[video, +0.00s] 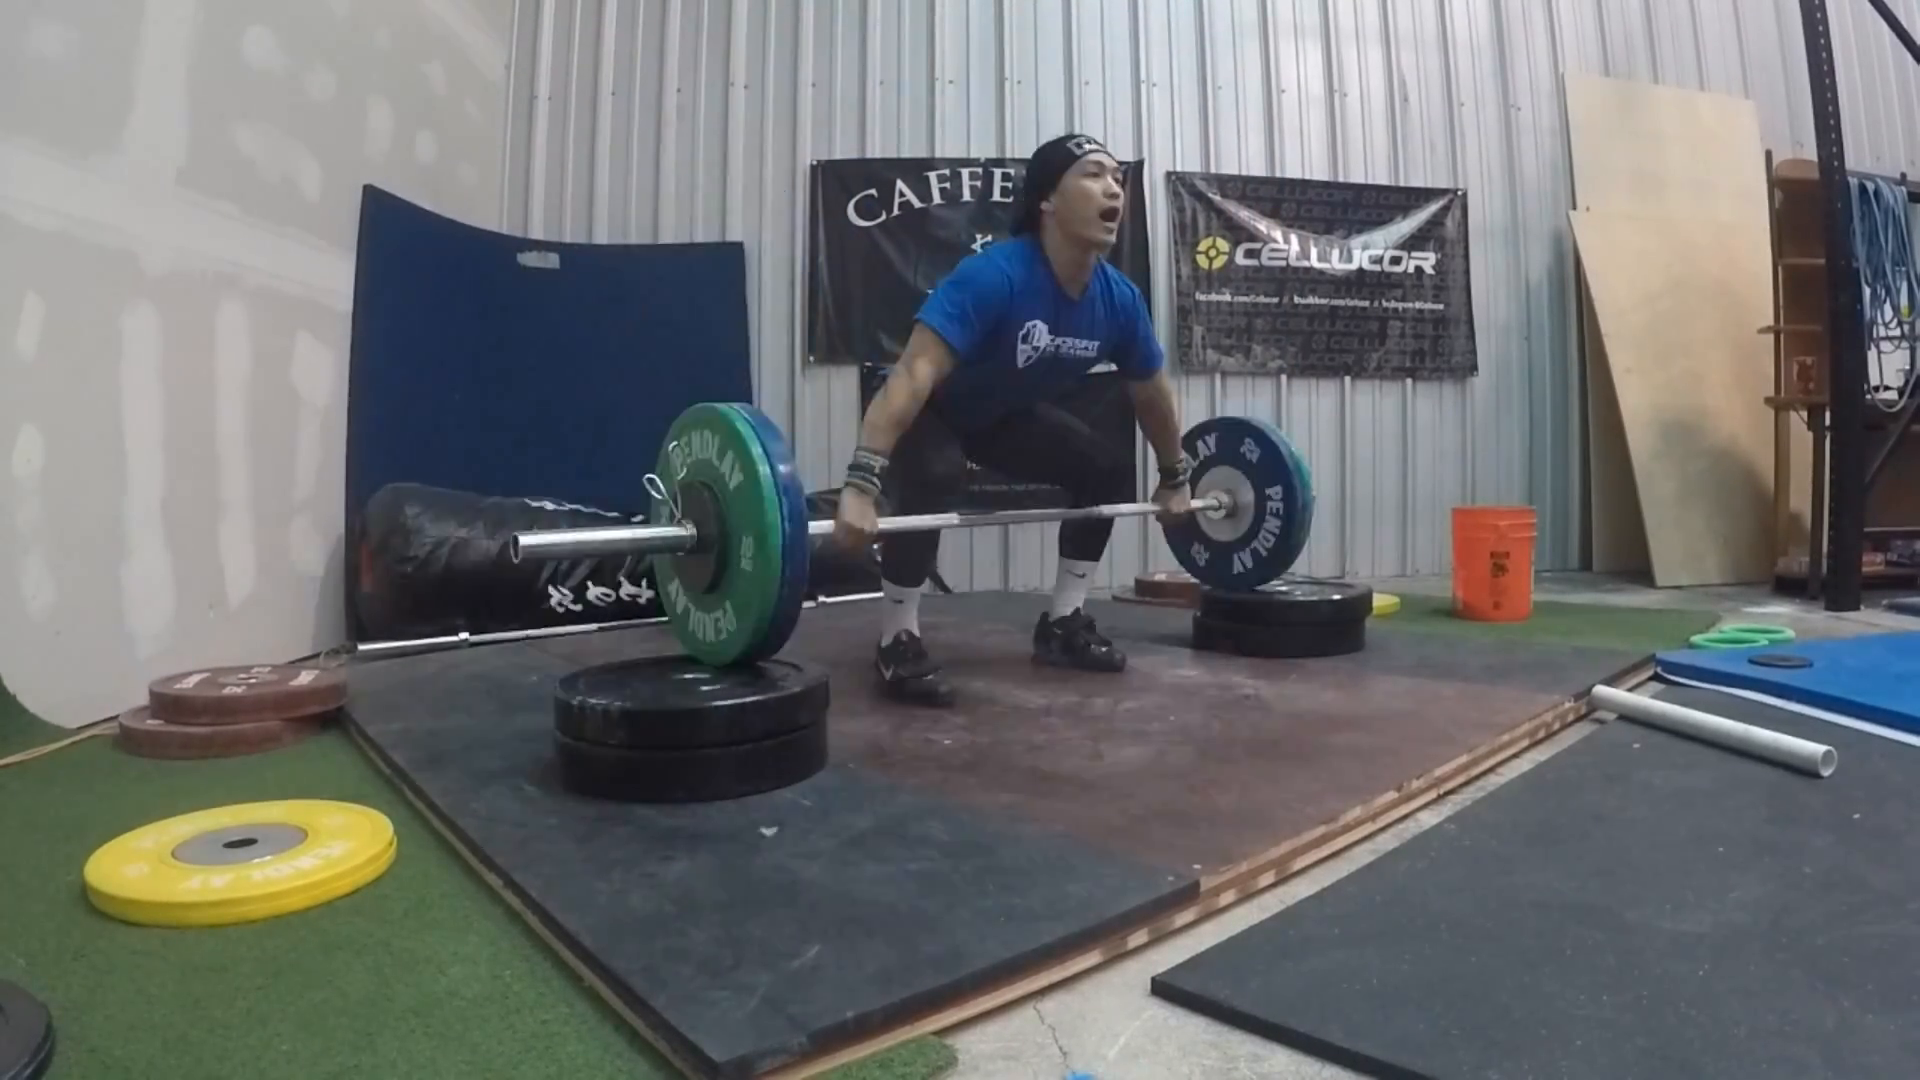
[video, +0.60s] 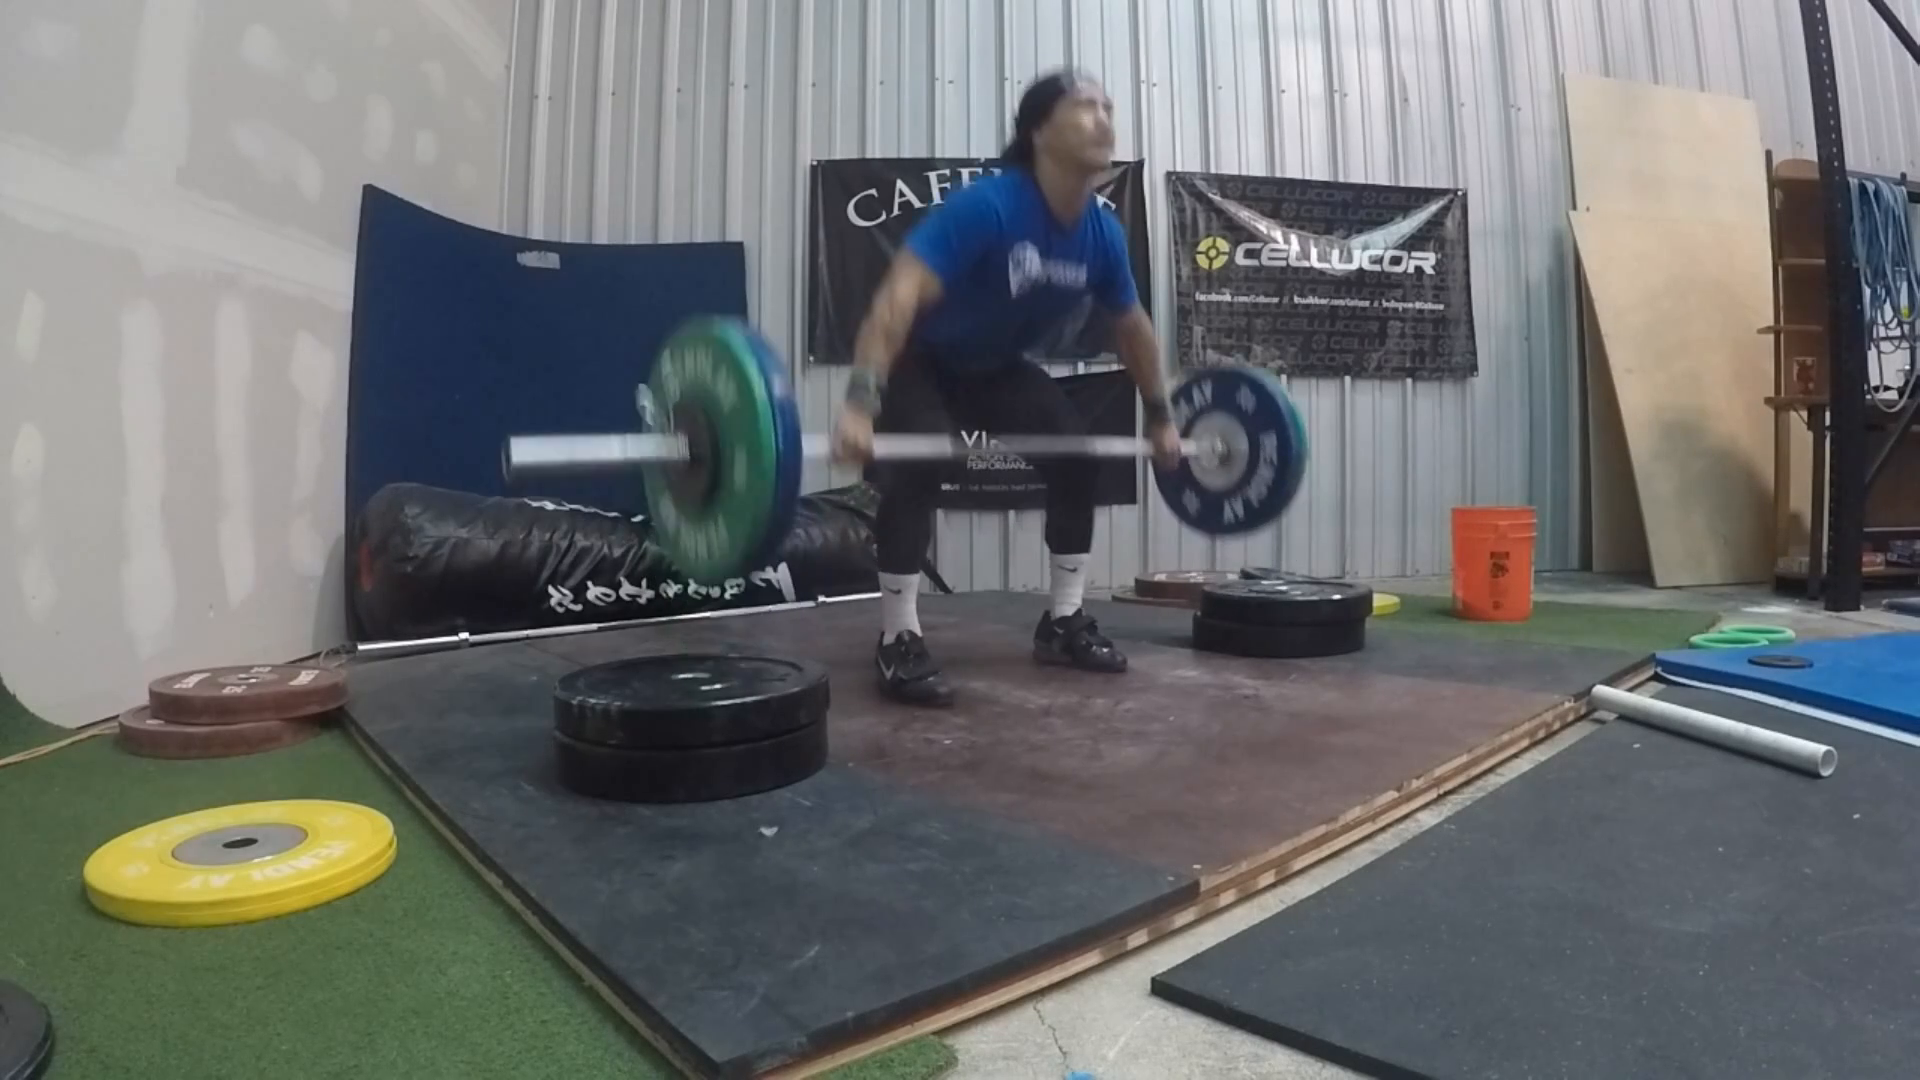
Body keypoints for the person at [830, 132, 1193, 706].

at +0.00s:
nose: (1114, 189)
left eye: (1118, 178)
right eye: (1094, 175)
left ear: (1122, 202)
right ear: (1048, 202)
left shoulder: (1121, 302)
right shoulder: (991, 276)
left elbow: (1151, 392)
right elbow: (913, 372)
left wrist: (1175, 477)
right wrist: (861, 480)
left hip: (1004, 418)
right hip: (928, 413)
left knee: (1104, 466)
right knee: (932, 474)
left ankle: (1063, 621)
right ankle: (900, 638)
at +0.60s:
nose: (1104, 119)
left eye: (1106, 109)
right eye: (1085, 108)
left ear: (1111, 132)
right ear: (1040, 133)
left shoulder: (1102, 231)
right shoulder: (984, 206)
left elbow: (1131, 324)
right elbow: (900, 294)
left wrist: (1162, 417)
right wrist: (860, 400)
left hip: (996, 367)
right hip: (920, 361)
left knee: (1076, 451)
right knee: (917, 459)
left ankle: (1064, 620)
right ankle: (899, 639)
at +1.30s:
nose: (1024, 283)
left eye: (1027, 271)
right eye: (1006, 269)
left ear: (1031, 280)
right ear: (960, 284)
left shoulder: (1027, 332)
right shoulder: (916, 332)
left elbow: (1078, 277)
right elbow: (851, 257)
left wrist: (1110, 221)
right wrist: (801, 167)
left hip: (992, 530)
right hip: (915, 532)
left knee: (1102, 518)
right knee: (918, 555)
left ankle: (1011, 614)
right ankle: (854, 635)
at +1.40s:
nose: (1023, 307)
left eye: (1027, 294)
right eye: (1007, 293)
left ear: (1035, 305)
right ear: (960, 306)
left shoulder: (1024, 351)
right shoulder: (914, 355)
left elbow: (1072, 297)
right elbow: (844, 285)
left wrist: (1103, 244)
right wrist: (790, 196)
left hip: (995, 547)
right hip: (918, 552)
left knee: (1103, 524)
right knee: (925, 565)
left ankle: (1009, 617)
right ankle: (856, 640)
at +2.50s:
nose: (998, 194)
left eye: (1001, 184)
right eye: (982, 182)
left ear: (1006, 200)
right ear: (938, 197)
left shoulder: (1006, 247)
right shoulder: (890, 244)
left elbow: (1052, 192)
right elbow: (820, 171)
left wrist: (1080, 148)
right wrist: (759, 87)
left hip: (954, 446)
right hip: (871, 439)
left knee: (1057, 487)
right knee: (895, 493)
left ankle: (1006, 616)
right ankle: (846, 633)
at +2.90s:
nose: (965, 95)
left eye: (971, 84)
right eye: (950, 81)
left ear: (975, 101)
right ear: (905, 94)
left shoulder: (973, 153)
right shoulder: (860, 148)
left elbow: (1022, 108)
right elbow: (786, 63)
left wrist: (1053, 67)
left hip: (931, 378)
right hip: (853, 372)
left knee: (1022, 473)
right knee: (874, 483)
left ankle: (1004, 616)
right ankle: (828, 633)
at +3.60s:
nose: (863, 79)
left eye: (870, 69)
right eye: (849, 67)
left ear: (874, 75)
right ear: (809, 72)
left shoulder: (887, 131)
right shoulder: (777, 126)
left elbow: (958, 106)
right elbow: (702, 82)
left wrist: (1004, 51)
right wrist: (690, 8)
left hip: (897, 331)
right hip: (824, 332)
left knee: (901, 468)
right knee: (828, 463)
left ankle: (880, 614)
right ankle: (822, 629)